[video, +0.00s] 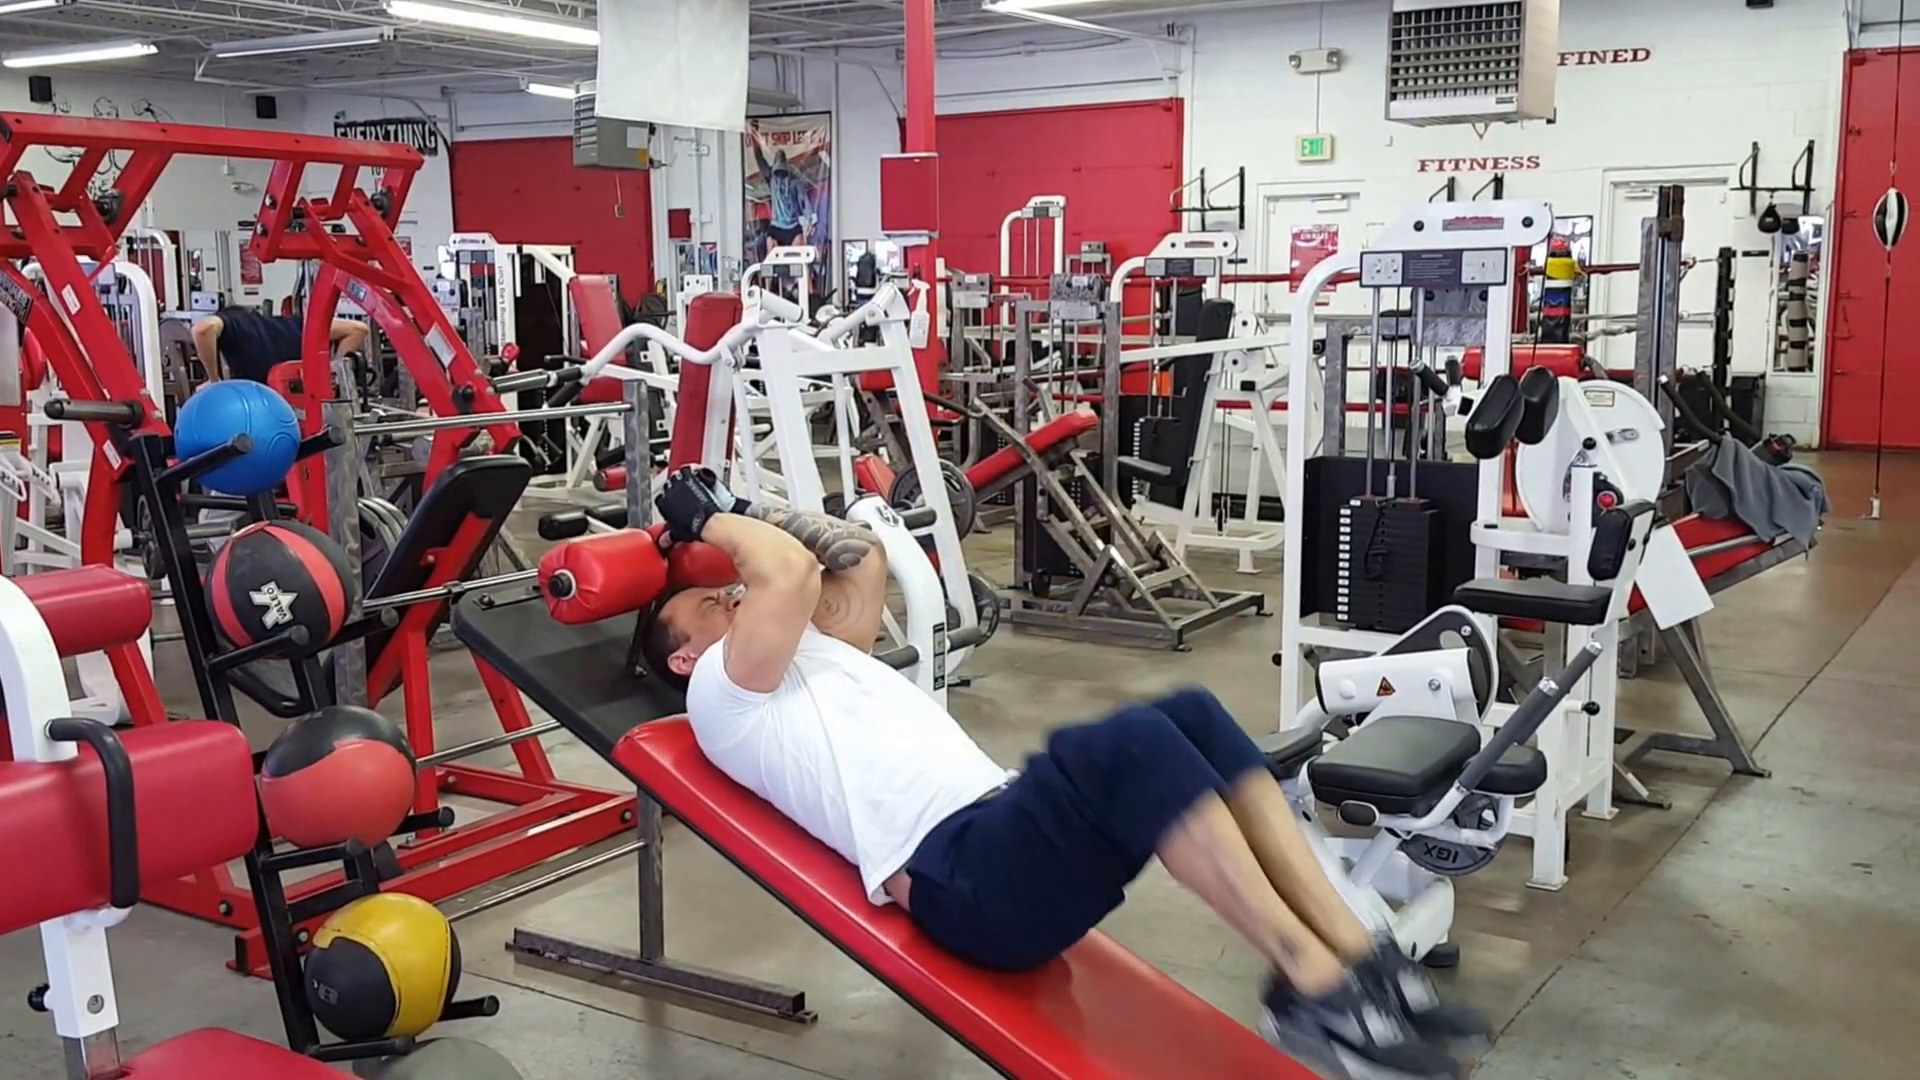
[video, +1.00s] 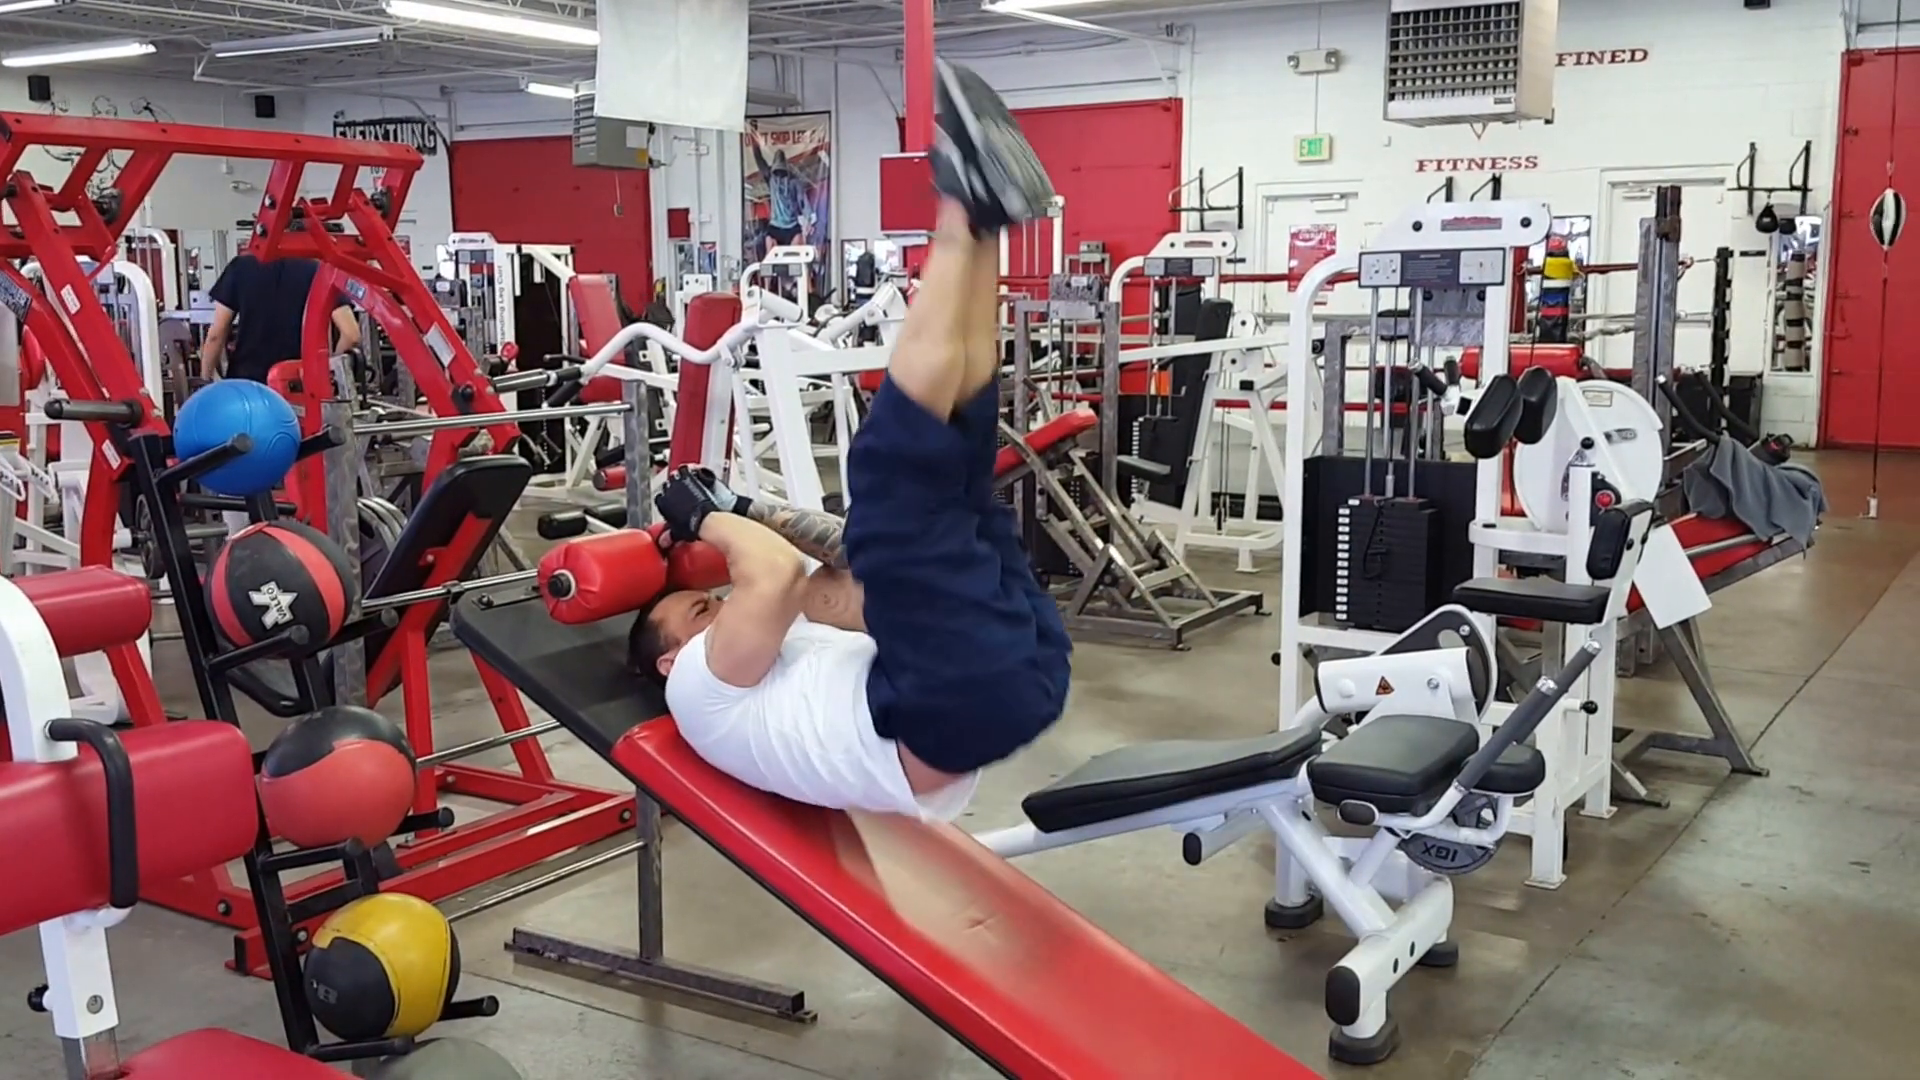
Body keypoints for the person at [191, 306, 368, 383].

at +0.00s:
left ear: (231, 315)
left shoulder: (234, 320)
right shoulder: (300, 324)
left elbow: (202, 331)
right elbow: (358, 330)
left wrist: (213, 380)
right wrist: (334, 363)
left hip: (259, 421)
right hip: (309, 418)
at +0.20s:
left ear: (225, 293)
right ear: (255, 289)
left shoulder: (221, 301)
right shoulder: (293, 304)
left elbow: (198, 327)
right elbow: (358, 330)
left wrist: (213, 379)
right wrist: (332, 364)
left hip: (252, 412)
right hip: (305, 409)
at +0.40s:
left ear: (234, 268)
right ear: (266, 266)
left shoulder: (220, 280)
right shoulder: (297, 285)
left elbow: (192, 319)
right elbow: (351, 328)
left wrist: (208, 374)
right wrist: (331, 367)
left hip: (242, 399)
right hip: (299, 397)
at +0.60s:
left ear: (248, 247)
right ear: (280, 244)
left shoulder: (223, 273)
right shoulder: (302, 278)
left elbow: (183, 314)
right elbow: (350, 329)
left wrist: (182, 377)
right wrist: (328, 366)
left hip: (240, 402)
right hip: (298, 401)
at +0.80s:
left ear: (257, 235)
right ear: (292, 236)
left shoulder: (233, 270)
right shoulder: (309, 275)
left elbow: (189, 324)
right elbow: (351, 331)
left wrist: (177, 384)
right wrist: (327, 367)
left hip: (243, 395)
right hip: (301, 396)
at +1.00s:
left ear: (263, 227)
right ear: (304, 228)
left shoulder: (242, 267)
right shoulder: (318, 270)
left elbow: (216, 334)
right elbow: (351, 334)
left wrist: (206, 376)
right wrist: (330, 367)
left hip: (247, 390)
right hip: (303, 388)